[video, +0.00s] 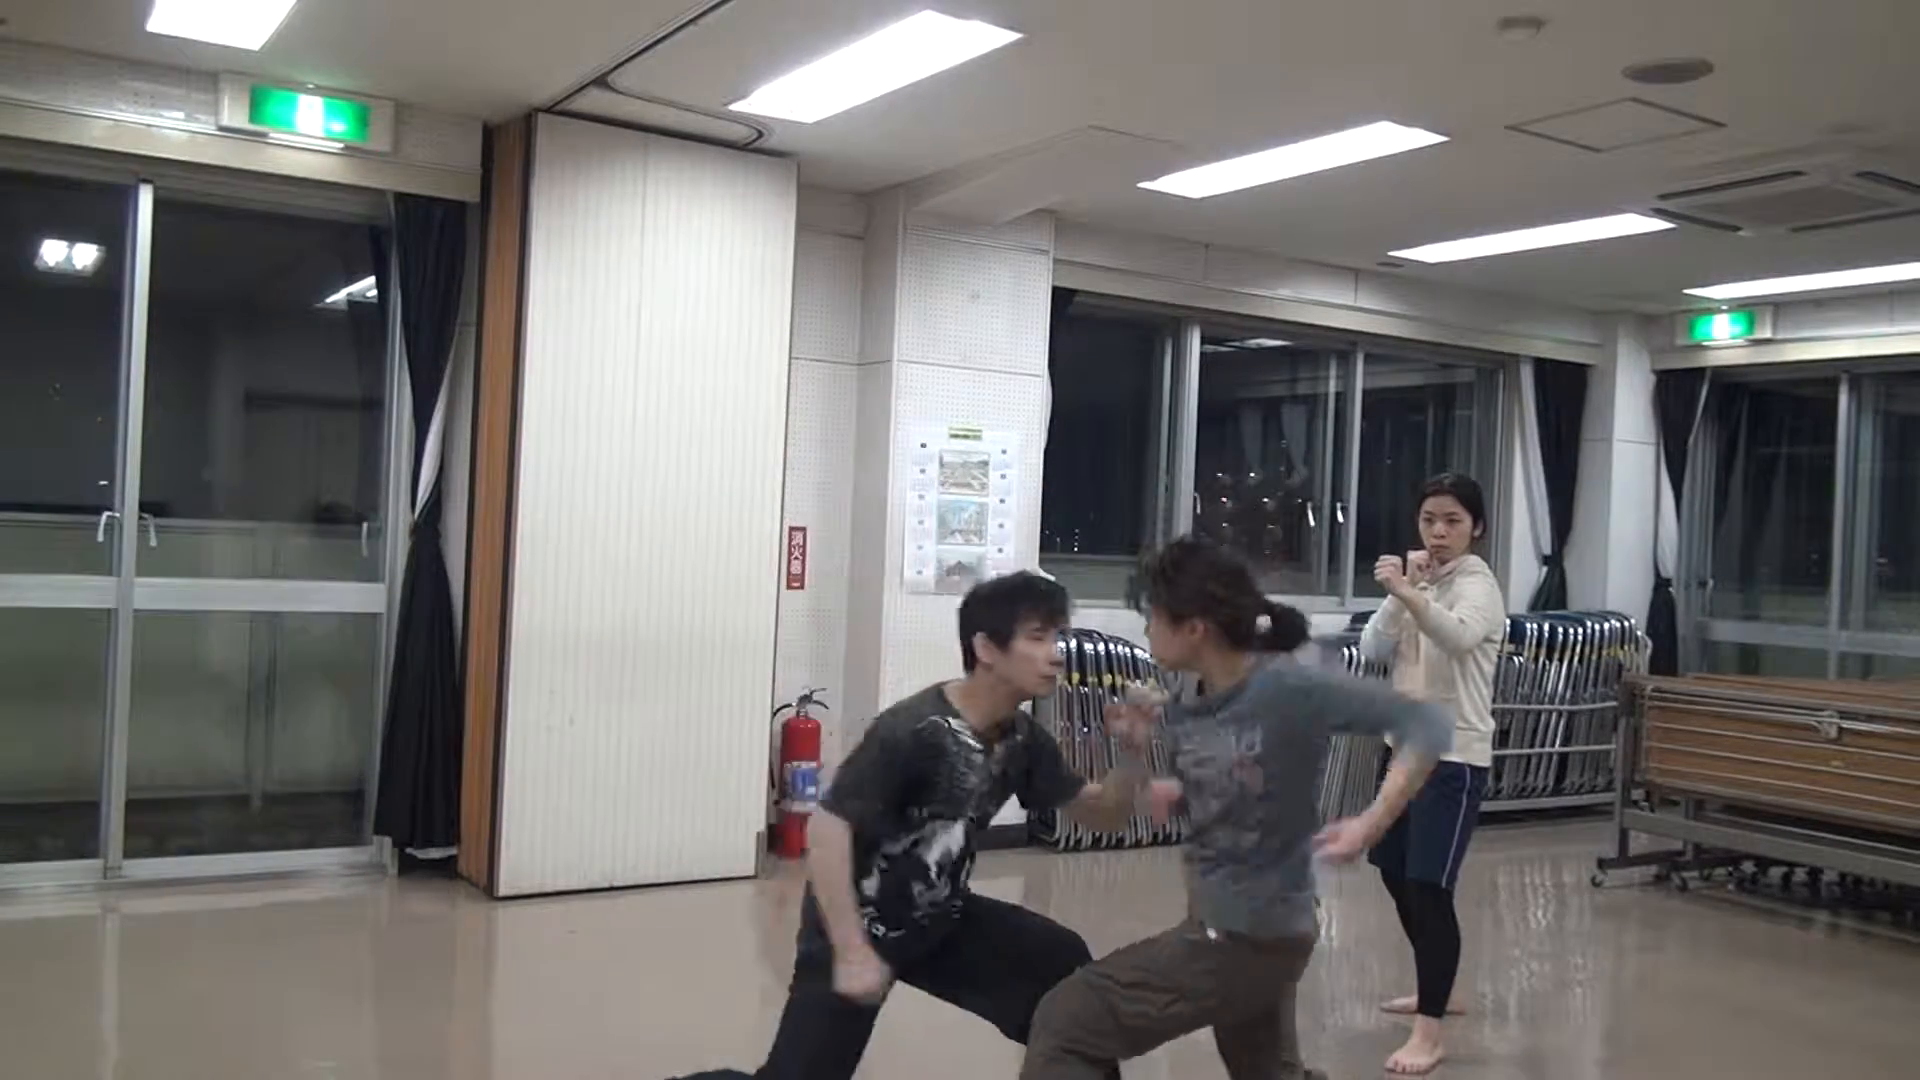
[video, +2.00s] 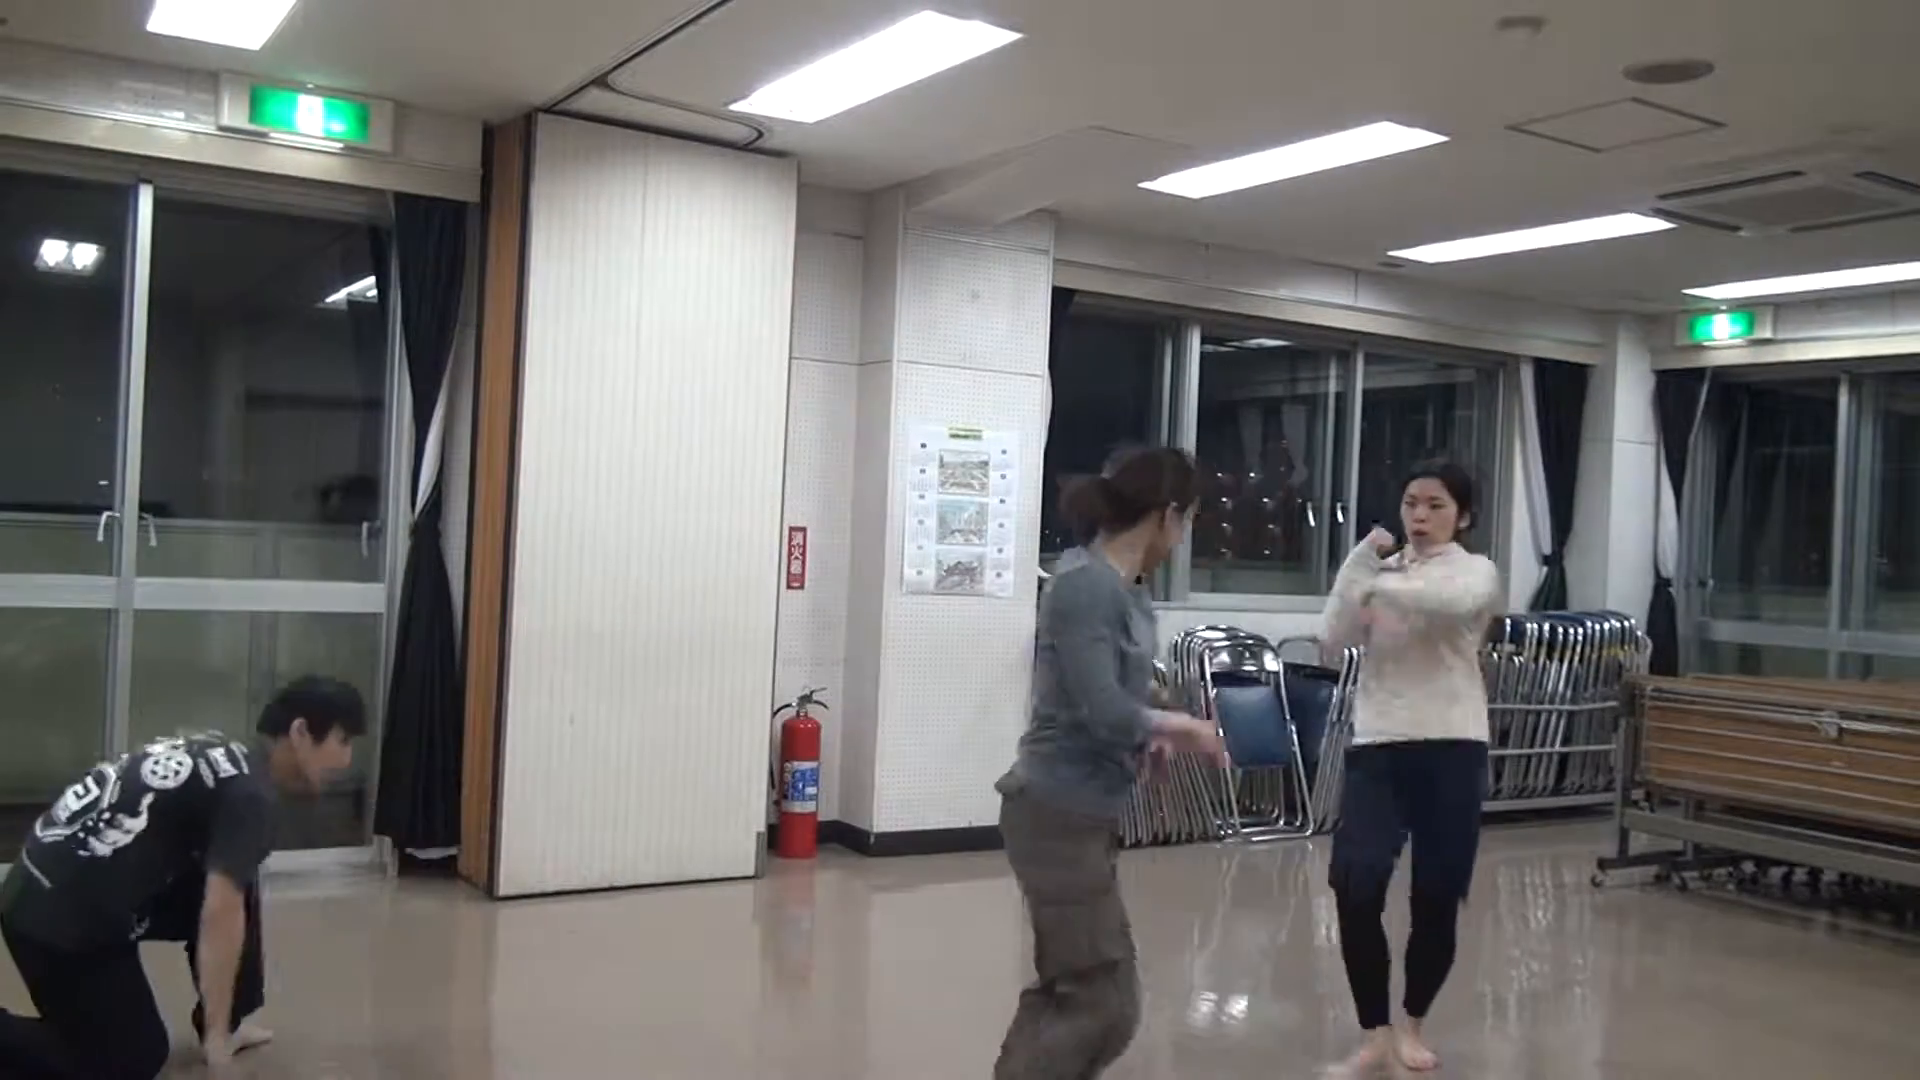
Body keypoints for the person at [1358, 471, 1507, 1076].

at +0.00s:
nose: (1439, 531)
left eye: (1452, 521)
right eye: (1430, 520)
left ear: (1475, 528)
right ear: (1419, 524)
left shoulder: (1479, 582)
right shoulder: (1416, 582)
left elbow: (1461, 637)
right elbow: (1372, 648)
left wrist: (1405, 593)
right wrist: (1404, 591)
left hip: (1456, 758)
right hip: (1408, 752)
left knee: (1429, 887)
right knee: (1390, 864)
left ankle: (1428, 1034)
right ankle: (1437, 986)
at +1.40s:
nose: (1438, 523)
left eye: (1451, 514)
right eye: (1431, 512)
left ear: (1477, 525)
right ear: (1418, 519)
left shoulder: (1496, 590)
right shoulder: (1391, 584)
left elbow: (1488, 630)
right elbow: (1352, 632)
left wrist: (1451, 565)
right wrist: (1326, 610)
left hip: (1461, 758)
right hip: (1391, 750)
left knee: (1434, 891)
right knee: (1375, 886)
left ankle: (1410, 1022)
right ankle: (1426, 958)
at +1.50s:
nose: (1445, 523)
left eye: (1457, 512)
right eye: (1435, 513)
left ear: (1483, 520)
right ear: (1425, 521)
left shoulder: (1508, 592)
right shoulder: (1397, 582)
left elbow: (1498, 651)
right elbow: (1353, 669)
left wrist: (1470, 577)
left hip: (1459, 750)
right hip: (1385, 735)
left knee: (1438, 895)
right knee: (1348, 853)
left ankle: (1410, 1024)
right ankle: (1355, 927)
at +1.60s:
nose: (1444, 522)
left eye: (1457, 511)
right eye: (1435, 512)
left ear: (1483, 517)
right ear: (1424, 519)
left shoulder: (1507, 592)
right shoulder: (1392, 577)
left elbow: (1499, 652)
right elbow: (1358, 649)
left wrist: (1468, 579)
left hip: (1451, 745)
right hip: (1392, 718)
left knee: (1436, 895)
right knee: (1365, 719)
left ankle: (1409, 1022)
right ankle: (1302, 842)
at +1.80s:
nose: (1444, 521)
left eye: (1457, 510)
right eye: (1436, 510)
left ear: (1485, 516)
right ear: (1424, 517)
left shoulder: (1503, 591)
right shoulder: (1396, 571)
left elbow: (1520, 654)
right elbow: (1346, 652)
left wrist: (1477, 584)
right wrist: (1305, 726)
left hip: (1442, 748)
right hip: (1383, 717)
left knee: (1428, 898)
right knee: (1367, 695)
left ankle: (1407, 1022)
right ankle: (1294, 779)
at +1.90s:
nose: (1439, 515)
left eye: (1452, 504)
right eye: (1431, 505)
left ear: (1481, 513)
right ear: (1420, 513)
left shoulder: (1499, 584)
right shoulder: (1391, 567)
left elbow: (1523, 631)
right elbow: (1343, 623)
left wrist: (1472, 573)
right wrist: (1322, 641)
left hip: (1443, 745)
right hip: (1372, 723)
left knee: (1436, 902)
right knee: (1351, 810)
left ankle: (1408, 1023)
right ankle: (1324, 952)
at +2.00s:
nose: (1419, 514)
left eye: (1434, 504)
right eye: (1412, 503)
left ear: (1462, 514)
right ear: (1401, 510)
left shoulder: (1479, 570)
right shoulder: (1380, 569)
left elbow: (1450, 600)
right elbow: (1332, 635)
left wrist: (1375, 586)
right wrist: (1362, 558)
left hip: (1451, 748)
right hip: (1376, 747)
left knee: (1436, 899)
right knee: (1353, 888)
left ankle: (1410, 1026)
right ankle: (1376, 1036)